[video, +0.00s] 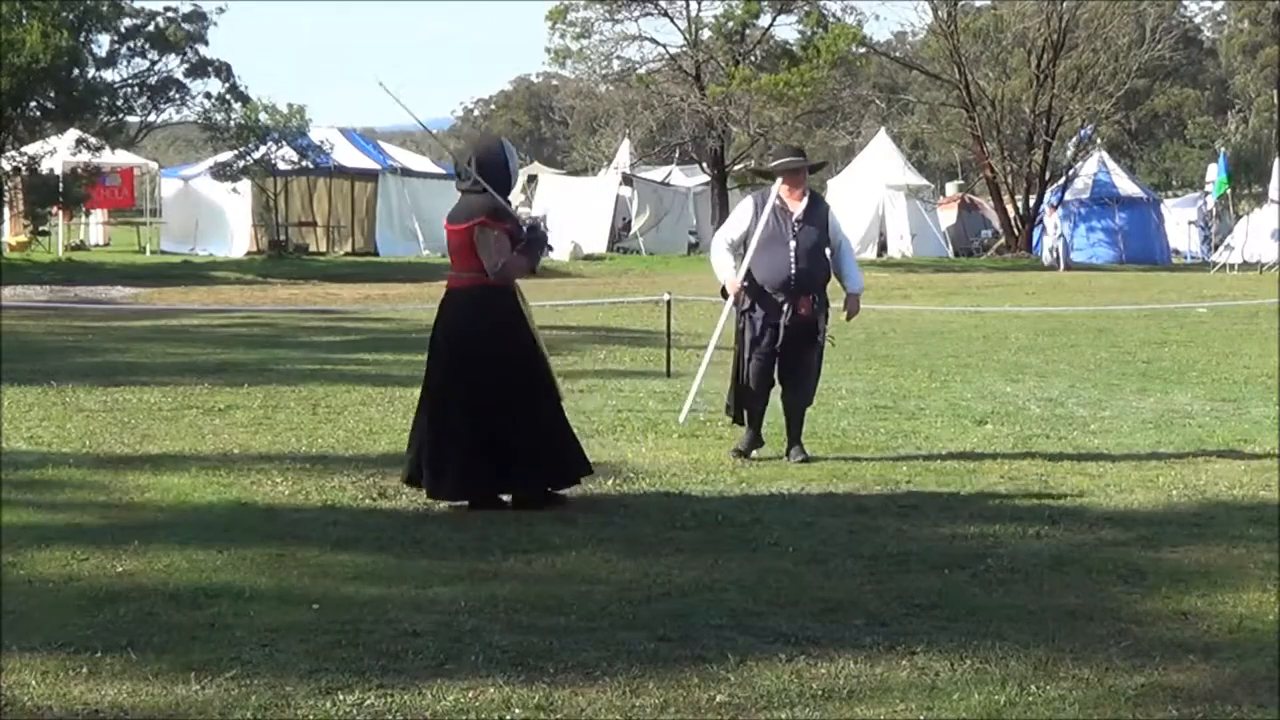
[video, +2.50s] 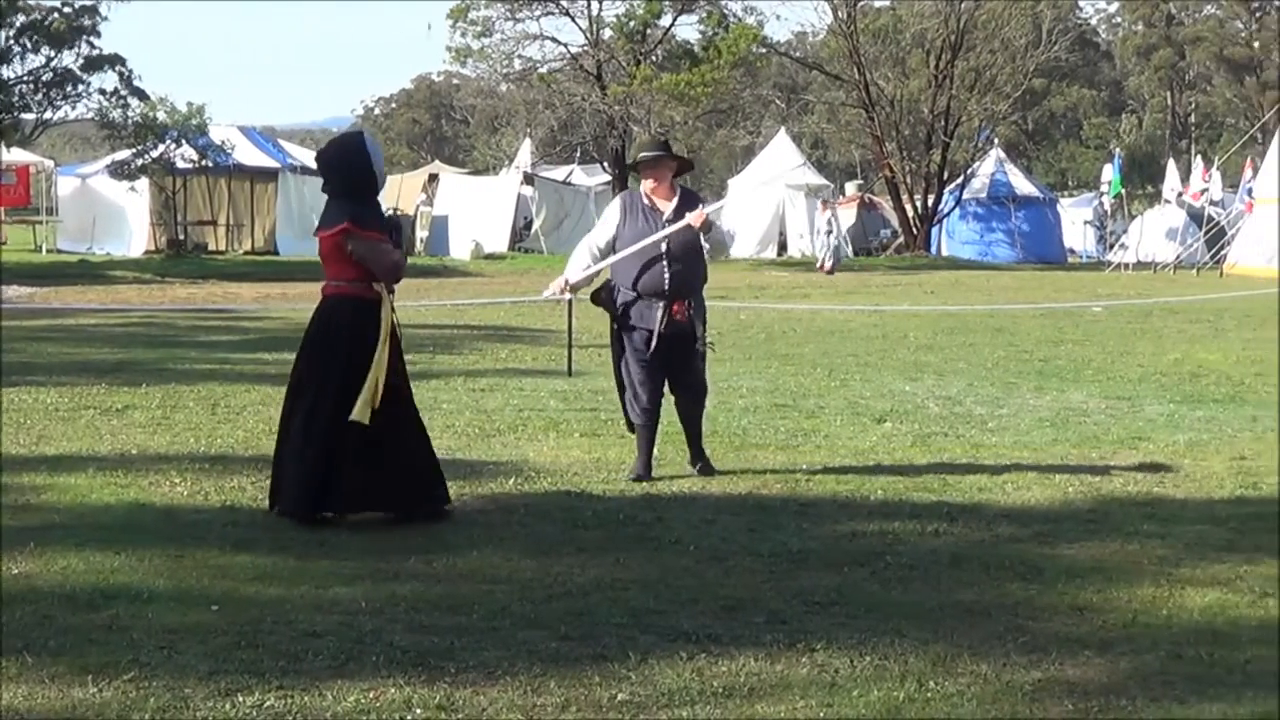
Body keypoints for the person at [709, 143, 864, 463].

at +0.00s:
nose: (793, 179)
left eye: (798, 172)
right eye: (786, 174)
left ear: (808, 174)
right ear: (776, 176)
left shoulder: (821, 210)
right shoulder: (754, 206)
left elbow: (842, 249)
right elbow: (720, 243)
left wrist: (854, 288)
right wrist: (729, 277)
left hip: (807, 306)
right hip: (761, 304)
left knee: (800, 380)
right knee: (755, 375)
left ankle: (795, 442)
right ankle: (752, 434)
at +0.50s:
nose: (780, 186)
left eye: (786, 179)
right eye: (774, 180)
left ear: (799, 177)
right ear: (766, 180)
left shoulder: (817, 208)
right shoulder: (750, 208)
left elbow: (838, 249)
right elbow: (716, 247)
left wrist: (855, 289)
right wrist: (718, 284)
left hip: (808, 308)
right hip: (764, 308)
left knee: (802, 379)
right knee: (767, 379)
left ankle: (794, 443)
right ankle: (764, 450)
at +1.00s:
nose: (771, 181)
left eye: (774, 174)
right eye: (763, 177)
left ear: (780, 173)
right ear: (748, 180)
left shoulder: (794, 205)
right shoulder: (728, 209)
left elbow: (814, 245)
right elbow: (698, 251)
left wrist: (830, 282)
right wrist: (698, 296)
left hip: (793, 306)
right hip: (749, 308)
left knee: (805, 377)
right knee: (759, 384)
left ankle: (793, 429)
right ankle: (762, 450)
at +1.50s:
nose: (761, 184)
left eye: (766, 177)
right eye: (753, 179)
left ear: (776, 175)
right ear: (743, 180)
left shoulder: (792, 206)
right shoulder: (726, 207)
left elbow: (813, 247)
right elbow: (695, 249)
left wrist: (831, 286)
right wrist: (720, 279)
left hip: (784, 314)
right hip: (739, 316)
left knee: (783, 386)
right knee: (749, 389)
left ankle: (786, 454)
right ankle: (756, 448)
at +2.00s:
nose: (731, 173)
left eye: (738, 167)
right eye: (725, 168)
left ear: (753, 169)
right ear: (718, 172)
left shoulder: (772, 207)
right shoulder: (702, 203)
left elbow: (798, 251)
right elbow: (668, 240)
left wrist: (768, 268)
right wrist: (676, 261)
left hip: (755, 311)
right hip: (705, 308)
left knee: (754, 389)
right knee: (700, 385)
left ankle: (753, 456)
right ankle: (704, 452)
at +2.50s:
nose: (648, 173)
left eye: (655, 166)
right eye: (643, 167)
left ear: (673, 169)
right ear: (637, 172)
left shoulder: (693, 203)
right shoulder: (624, 205)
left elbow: (721, 249)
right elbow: (594, 244)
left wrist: (707, 228)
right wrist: (571, 278)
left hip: (685, 312)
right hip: (638, 312)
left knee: (692, 389)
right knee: (644, 392)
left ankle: (697, 452)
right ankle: (642, 463)